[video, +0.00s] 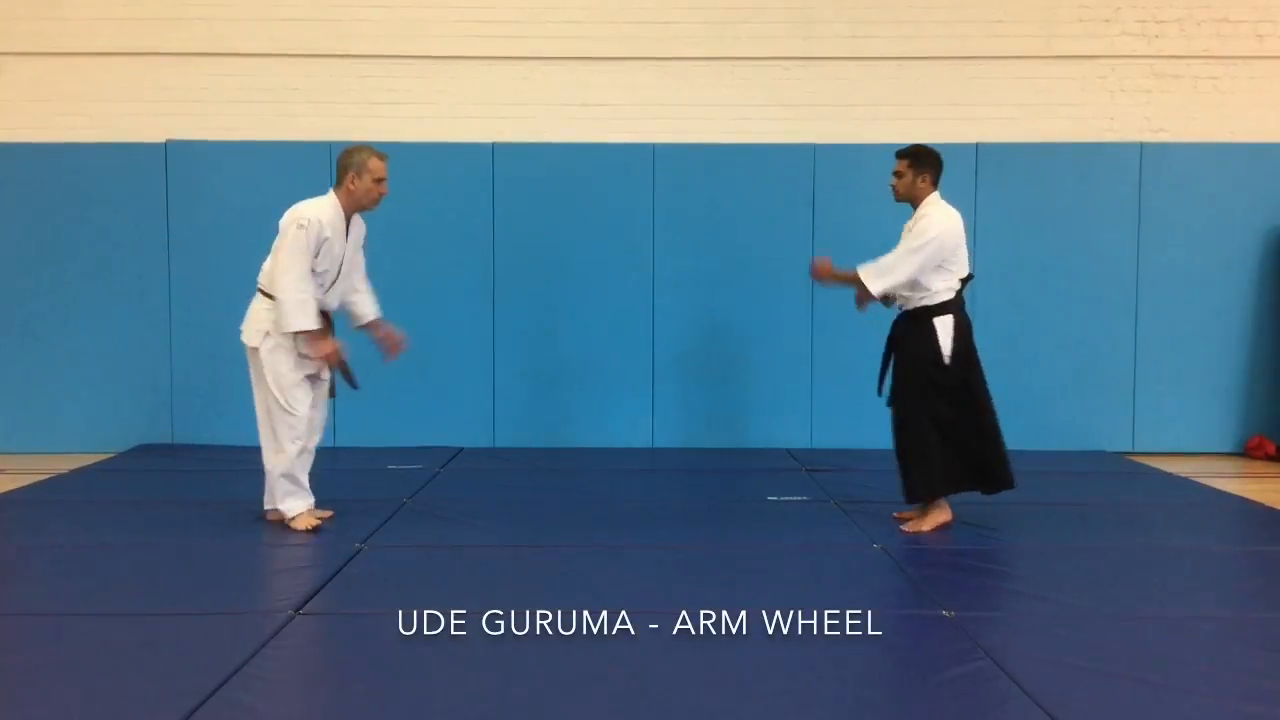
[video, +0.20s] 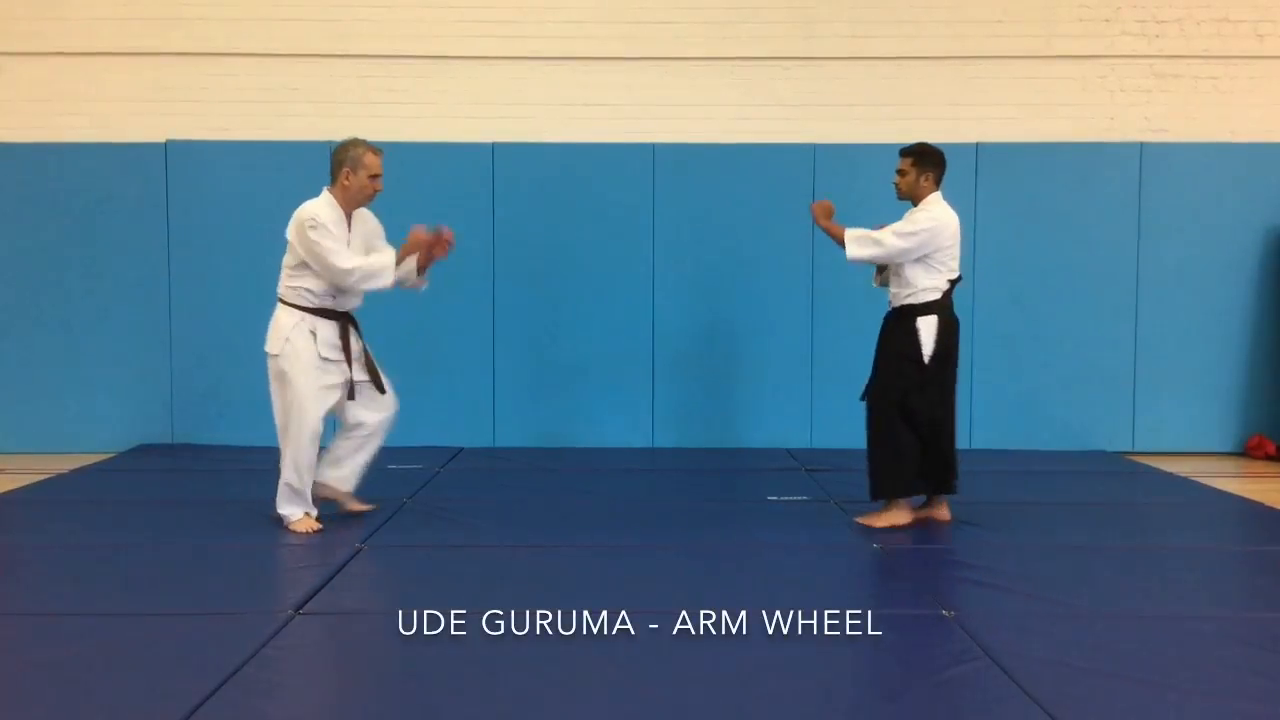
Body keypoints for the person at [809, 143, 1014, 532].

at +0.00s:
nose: (892, 181)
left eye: (899, 175)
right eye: (894, 175)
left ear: (923, 179)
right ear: (919, 180)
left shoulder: (939, 221)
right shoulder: (919, 220)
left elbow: (899, 266)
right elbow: (915, 276)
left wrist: (836, 275)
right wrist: (879, 288)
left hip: (936, 327)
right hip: (919, 325)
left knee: (922, 413)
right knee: (912, 413)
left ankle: (938, 504)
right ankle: (927, 501)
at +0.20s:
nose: (896, 179)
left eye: (903, 173)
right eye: (897, 173)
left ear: (926, 177)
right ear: (924, 178)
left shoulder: (933, 217)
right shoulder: (928, 214)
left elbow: (885, 245)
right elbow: (892, 247)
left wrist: (828, 225)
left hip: (917, 323)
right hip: (929, 320)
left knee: (887, 403)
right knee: (931, 406)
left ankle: (898, 505)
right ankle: (937, 501)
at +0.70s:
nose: (860, 191)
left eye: (867, 185)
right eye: (861, 184)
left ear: (892, 191)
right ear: (890, 191)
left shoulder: (895, 231)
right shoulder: (904, 226)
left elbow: (863, 284)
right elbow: (879, 291)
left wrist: (820, 267)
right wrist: (838, 298)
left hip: (887, 337)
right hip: (905, 333)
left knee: (851, 417)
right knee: (915, 417)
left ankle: (833, 511)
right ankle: (934, 498)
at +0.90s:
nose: (835, 203)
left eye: (843, 197)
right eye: (838, 196)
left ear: (866, 204)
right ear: (869, 205)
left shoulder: (868, 248)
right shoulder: (885, 242)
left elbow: (829, 305)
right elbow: (839, 303)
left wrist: (797, 292)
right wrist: (799, 293)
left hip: (852, 353)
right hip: (874, 349)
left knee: (816, 438)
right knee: (881, 429)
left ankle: (812, 534)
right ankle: (907, 503)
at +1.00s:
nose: (820, 198)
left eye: (827, 193)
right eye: (823, 192)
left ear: (848, 200)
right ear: (851, 202)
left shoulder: (856, 245)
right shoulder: (849, 240)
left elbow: (818, 300)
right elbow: (794, 287)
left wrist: (787, 270)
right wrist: (761, 259)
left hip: (842, 355)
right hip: (858, 351)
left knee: (806, 443)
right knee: (872, 433)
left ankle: (813, 545)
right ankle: (911, 503)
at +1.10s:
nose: (808, 192)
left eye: (815, 186)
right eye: (811, 185)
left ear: (834, 192)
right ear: (841, 193)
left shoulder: (843, 239)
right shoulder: (842, 229)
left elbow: (794, 294)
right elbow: (782, 240)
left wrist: (776, 265)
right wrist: (753, 204)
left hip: (831, 350)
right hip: (852, 344)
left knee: (804, 443)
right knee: (866, 436)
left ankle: (813, 544)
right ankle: (903, 512)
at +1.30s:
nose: (791, 187)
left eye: (793, 180)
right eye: (792, 178)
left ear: (803, 183)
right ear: (831, 180)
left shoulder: (794, 232)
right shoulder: (858, 213)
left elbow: (757, 285)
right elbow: (827, 197)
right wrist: (797, 175)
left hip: (813, 341)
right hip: (853, 336)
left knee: (801, 438)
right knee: (850, 430)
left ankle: (812, 542)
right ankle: (865, 511)